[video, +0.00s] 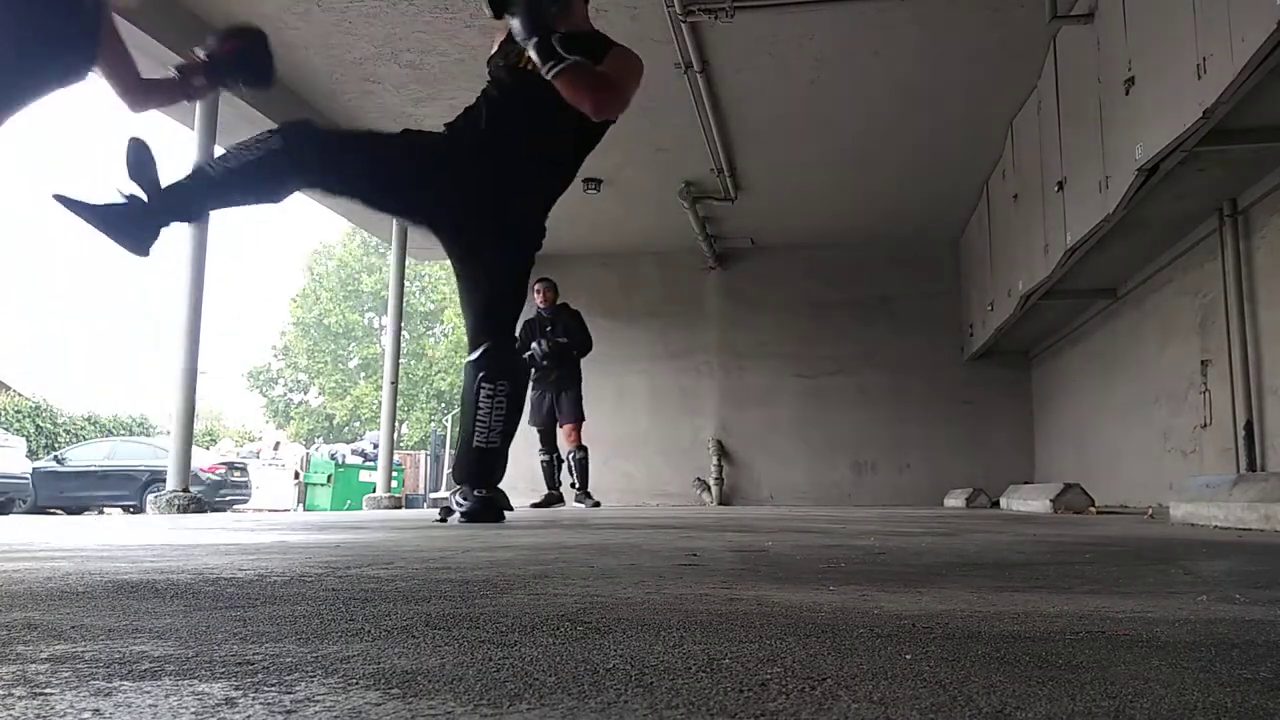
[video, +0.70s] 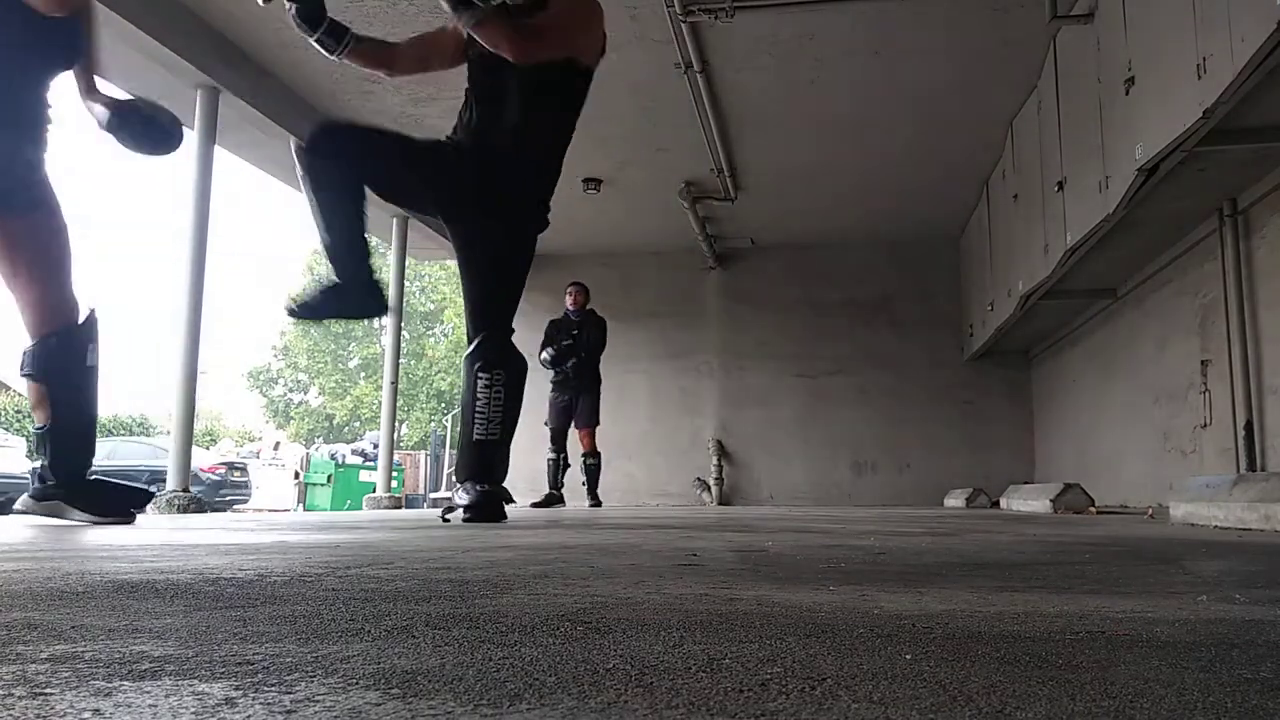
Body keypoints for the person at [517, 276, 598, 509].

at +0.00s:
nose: (542, 295)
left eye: (547, 291)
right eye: (538, 292)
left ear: (555, 293)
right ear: (533, 296)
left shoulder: (570, 316)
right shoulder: (529, 325)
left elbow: (585, 345)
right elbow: (518, 358)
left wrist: (559, 345)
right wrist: (534, 354)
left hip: (568, 385)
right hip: (541, 387)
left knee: (572, 434)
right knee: (546, 438)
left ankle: (582, 492)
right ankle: (553, 491)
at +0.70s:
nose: (573, 298)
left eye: (578, 294)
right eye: (569, 294)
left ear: (586, 298)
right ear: (564, 299)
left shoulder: (596, 322)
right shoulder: (555, 325)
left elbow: (594, 352)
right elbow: (544, 354)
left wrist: (574, 365)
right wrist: (551, 358)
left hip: (587, 388)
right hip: (560, 388)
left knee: (586, 436)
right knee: (556, 437)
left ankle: (592, 491)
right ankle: (554, 491)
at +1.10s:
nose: (589, 300)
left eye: (594, 297)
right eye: (586, 297)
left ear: (602, 302)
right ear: (580, 302)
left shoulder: (610, 326)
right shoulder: (569, 324)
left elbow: (614, 355)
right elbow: (557, 354)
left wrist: (598, 368)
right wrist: (565, 362)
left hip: (597, 391)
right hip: (572, 389)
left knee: (594, 439)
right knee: (561, 436)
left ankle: (592, 493)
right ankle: (557, 489)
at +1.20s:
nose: (589, 302)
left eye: (593, 298)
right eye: (585, 298)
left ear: (601, 302)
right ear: (579, 302)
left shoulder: (610, 326)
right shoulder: (569, 325)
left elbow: (616, 355)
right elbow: (559, 354)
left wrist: (600, 370)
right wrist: (566, 362)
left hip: (598, 392)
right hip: (572, 390)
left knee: (594, 439)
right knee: (560, 436)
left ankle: (592, 493)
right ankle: (563, 487)